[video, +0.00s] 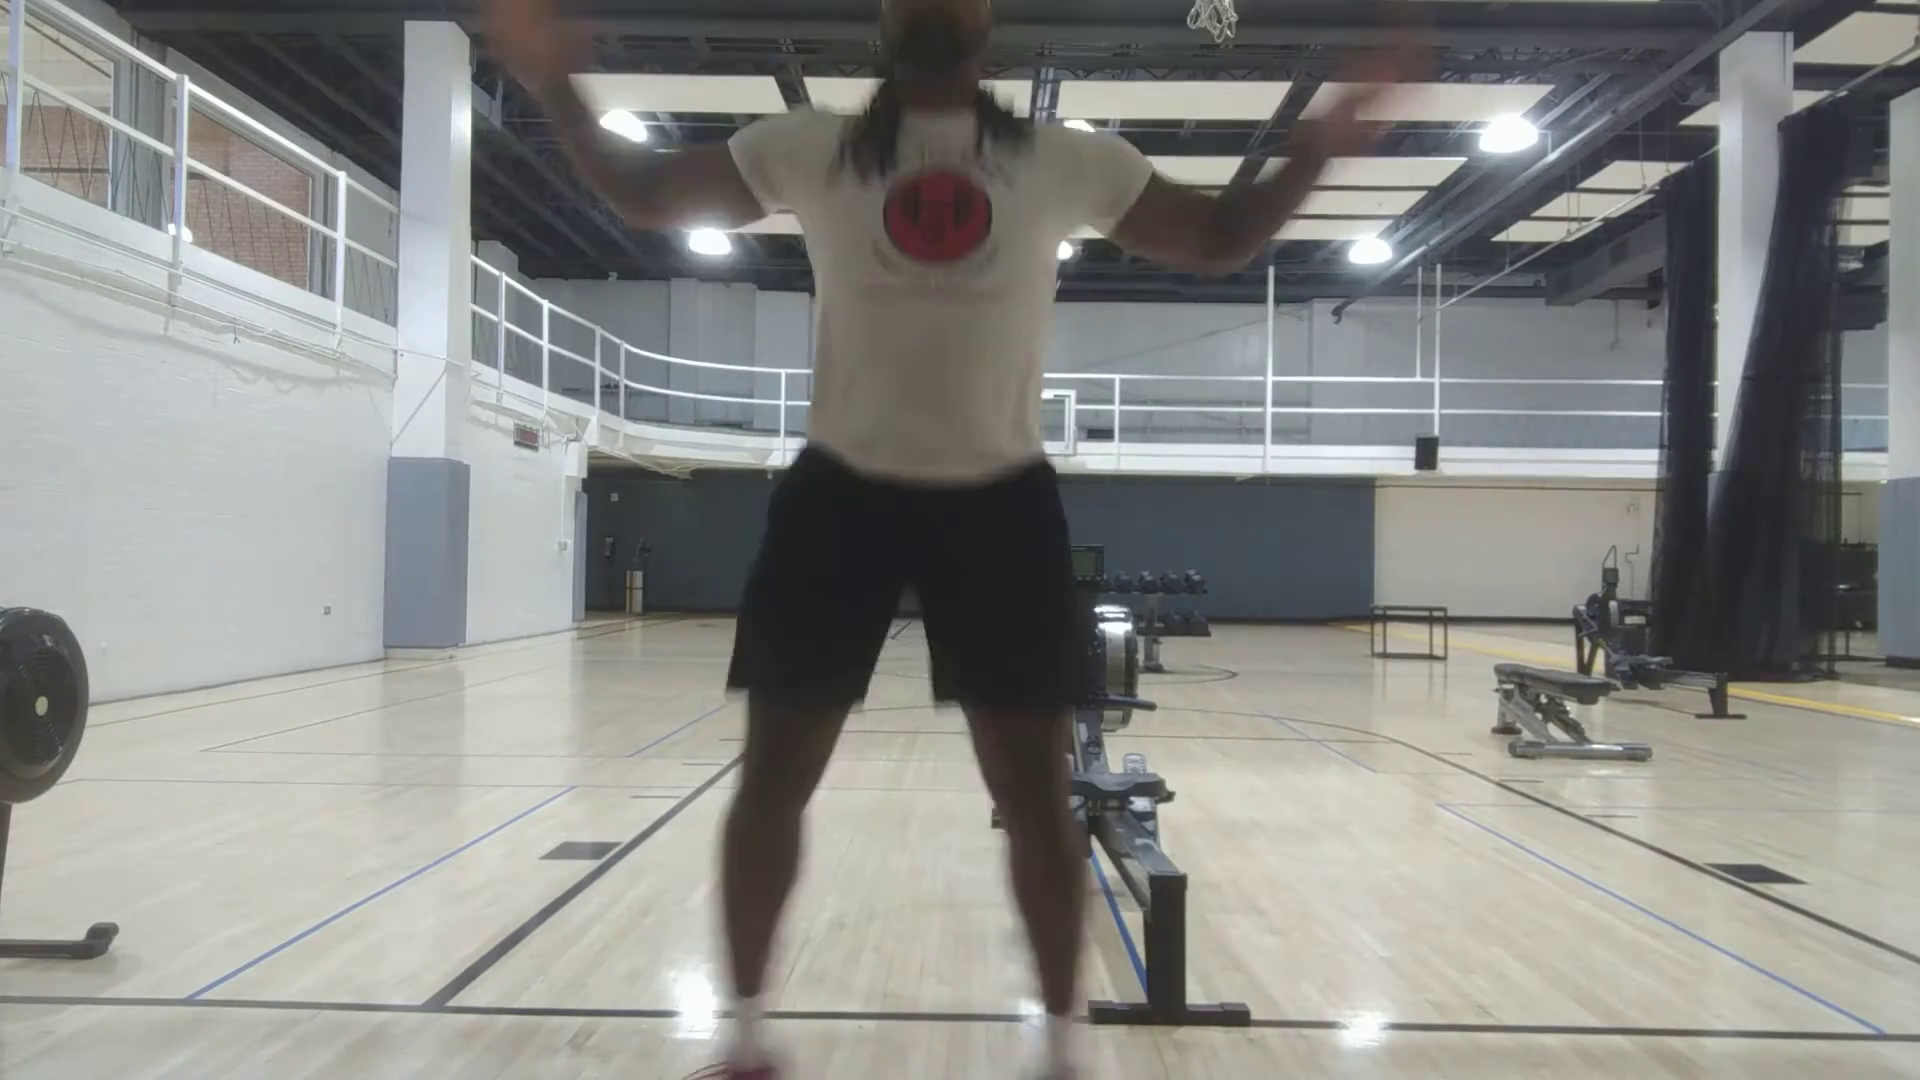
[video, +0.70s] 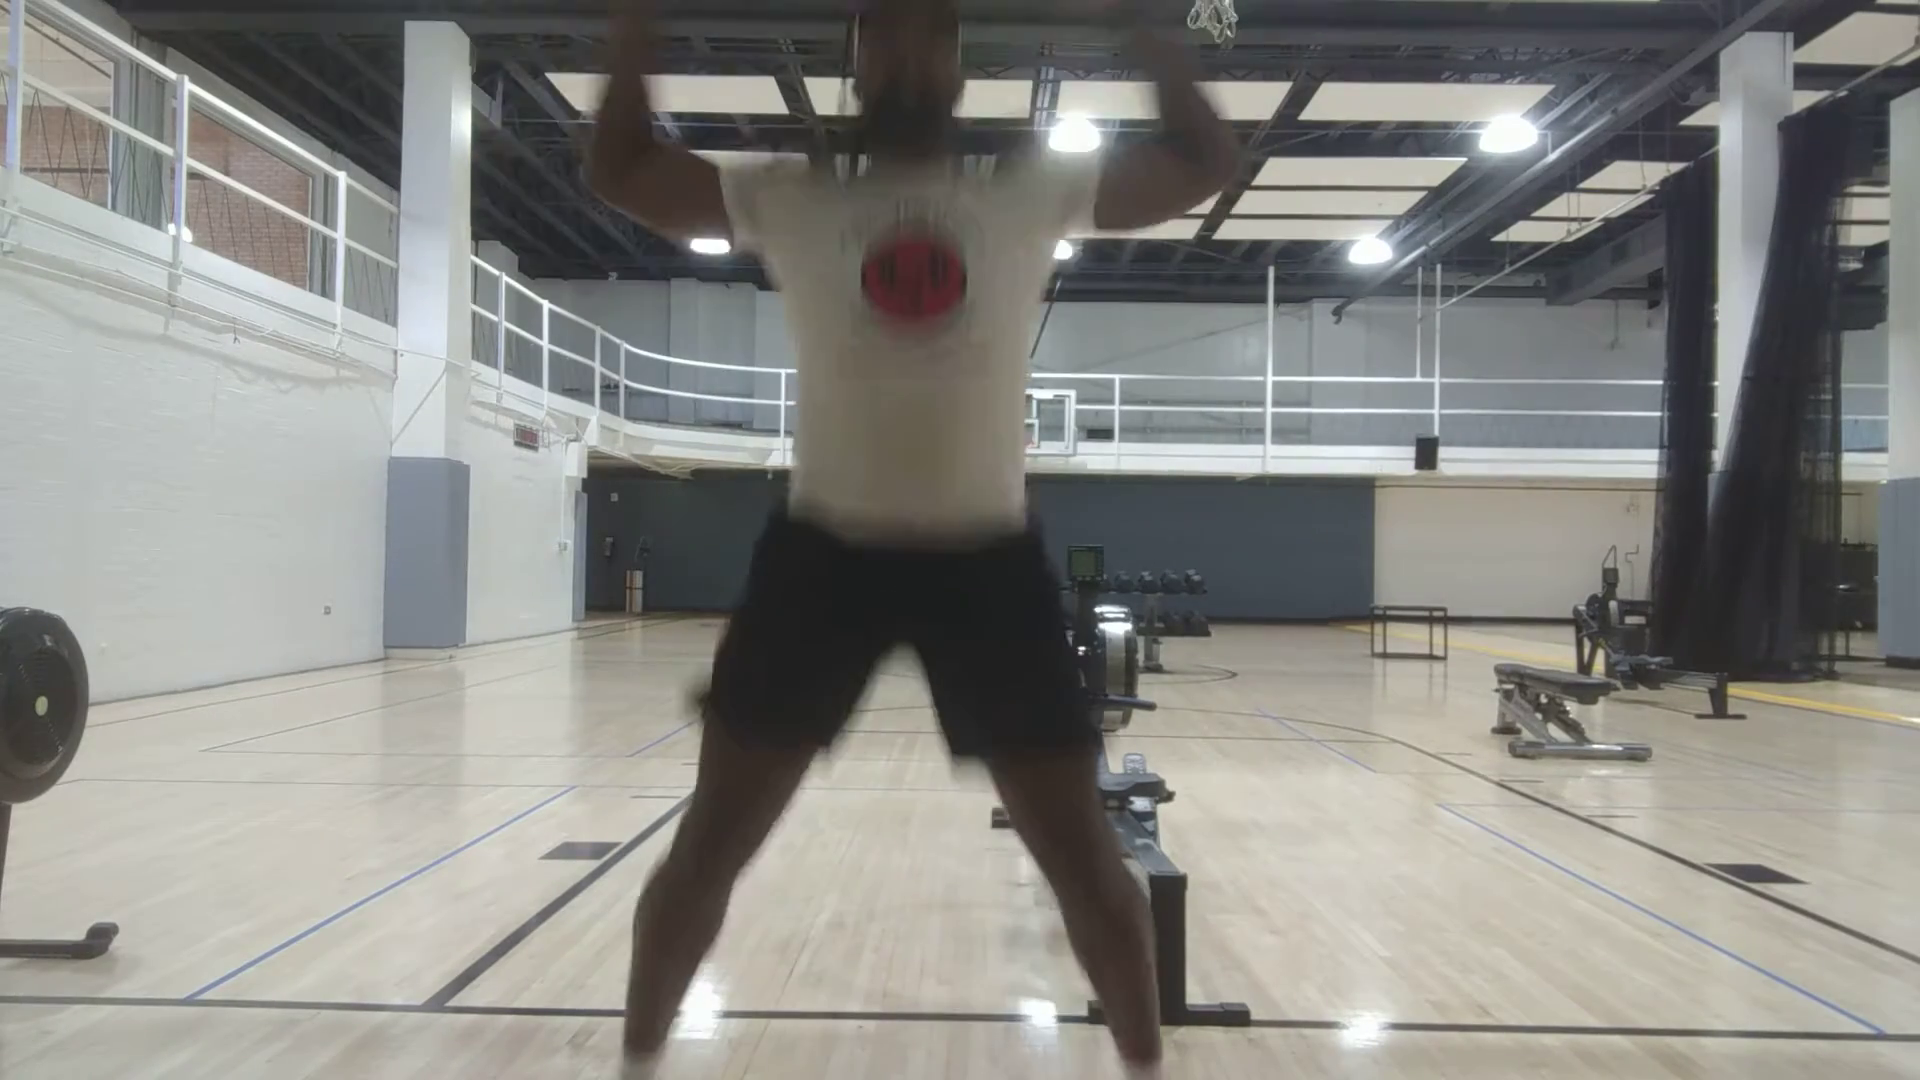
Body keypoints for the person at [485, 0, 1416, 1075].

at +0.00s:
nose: (939, 23)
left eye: (960, 10)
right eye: (917, 10)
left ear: (992, 32)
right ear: (878, 29)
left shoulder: (1062, 157)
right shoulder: (810, 144)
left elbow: (1218, 239)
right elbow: (637, 191)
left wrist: (1330, 132)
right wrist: (555, 83)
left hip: (1000, 506)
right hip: (841, 499)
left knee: (1037, 792)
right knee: (774, 773)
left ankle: (1062, 1038)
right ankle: (745, 1030)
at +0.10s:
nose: (922, 17)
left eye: (945, 6)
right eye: (907, 5)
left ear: (981, 19)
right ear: (878, 18)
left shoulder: (1052, 158)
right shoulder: (808, 144)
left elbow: (1133, 297)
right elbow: (701, 253)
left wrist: (1206, 302)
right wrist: (645, 248)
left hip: (995, 498)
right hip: (838, 492)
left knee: (997, 793)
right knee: (814, 783)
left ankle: (976, 1044)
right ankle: (832, 1037)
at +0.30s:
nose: (918, 96)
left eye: (941, 77)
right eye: (898, 77)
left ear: (975, 105)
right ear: (868, 103)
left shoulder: (1036, 275)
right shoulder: (806, 269)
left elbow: (1074, 418)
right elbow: (758, 427)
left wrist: (1079, 477)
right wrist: (782, 483)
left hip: (988, 603)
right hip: (840, 600)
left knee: (983, 885)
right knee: (835, 878)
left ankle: (958, 1069)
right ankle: (855, 1069)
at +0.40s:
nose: (918, 38)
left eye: (940, 20)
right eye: (898, 20)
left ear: (970, 38)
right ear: (866, 39)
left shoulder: (1033, 199)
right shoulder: (808, 201)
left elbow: (1097, 342)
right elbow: (734, 338)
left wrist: (1153, 369)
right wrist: (694, 382)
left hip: (987, 533)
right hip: (839, 530)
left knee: (982, 799)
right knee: (827, 798)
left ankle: (970, 1049)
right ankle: (840, 1048)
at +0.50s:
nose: (915, 6)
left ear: (968, 12)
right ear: (871, 11)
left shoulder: (1031, 134)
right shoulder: (801, 132)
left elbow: (1154, 276)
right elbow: (696, 254)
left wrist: (1236, 199)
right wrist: (569, 241)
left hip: (986, 474)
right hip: (833, 470)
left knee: (1005, 757)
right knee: (799, 751)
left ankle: (1023, 1024)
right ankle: (784, 1023)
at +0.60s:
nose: (911, 14)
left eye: (929, 0)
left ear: (966, 17)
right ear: (859, 19)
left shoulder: (1034, 129)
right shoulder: (796, 132)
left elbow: (1205, 194)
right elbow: (627, 199)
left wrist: (1242, 63)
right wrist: (534, 72)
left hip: (988, 482)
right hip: (828, 476)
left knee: (1049, 780)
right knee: (751, 768)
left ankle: (1111, 1040)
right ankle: (689, 1028)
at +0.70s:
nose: (907, 55)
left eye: (929, 34)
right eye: (886, 33)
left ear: (962, 62)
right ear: (854, 56)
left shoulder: (1032, 191)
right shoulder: (789, 196)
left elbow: (1210, 162)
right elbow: (619, 167)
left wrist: (1152, 33)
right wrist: (633, 35)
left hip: (989, 565)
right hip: (824, 560)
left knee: (1078, 845)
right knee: (715, 836)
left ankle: (1146, 1067)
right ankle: (636, 1062)